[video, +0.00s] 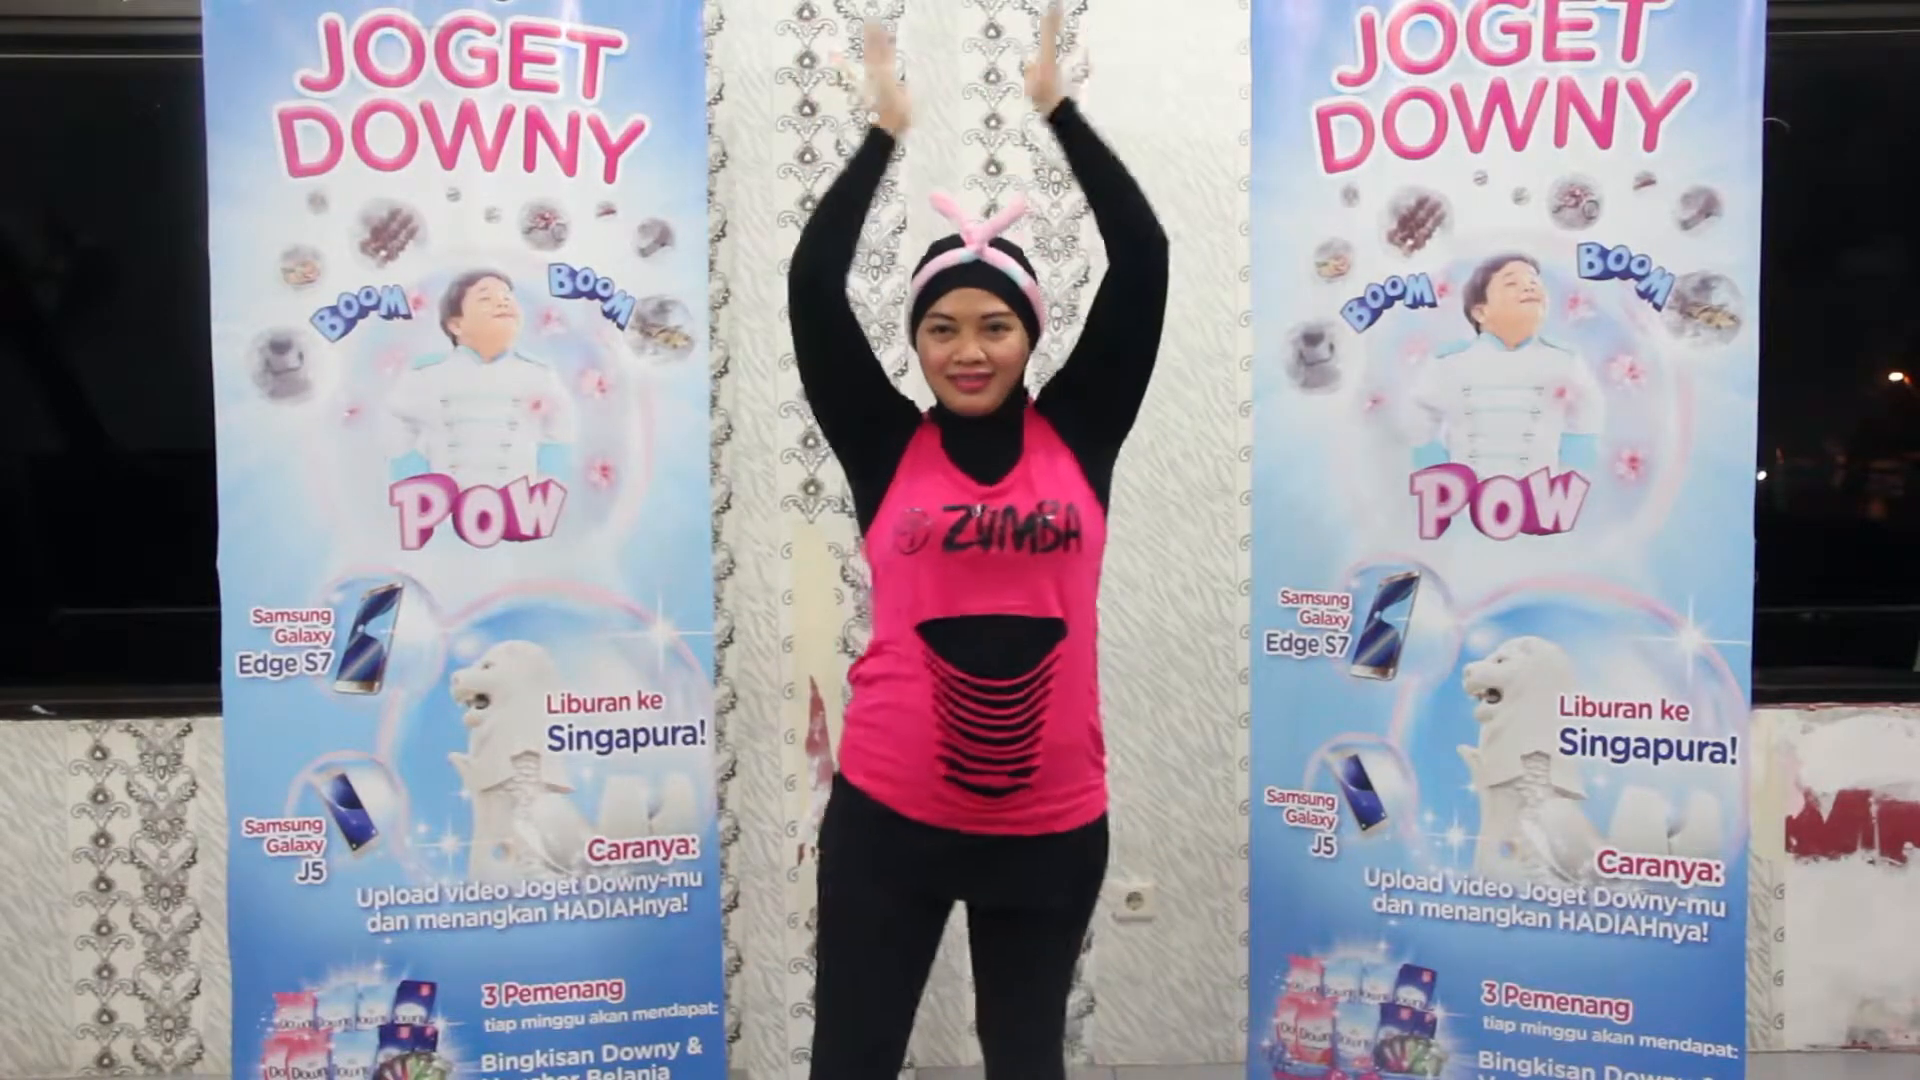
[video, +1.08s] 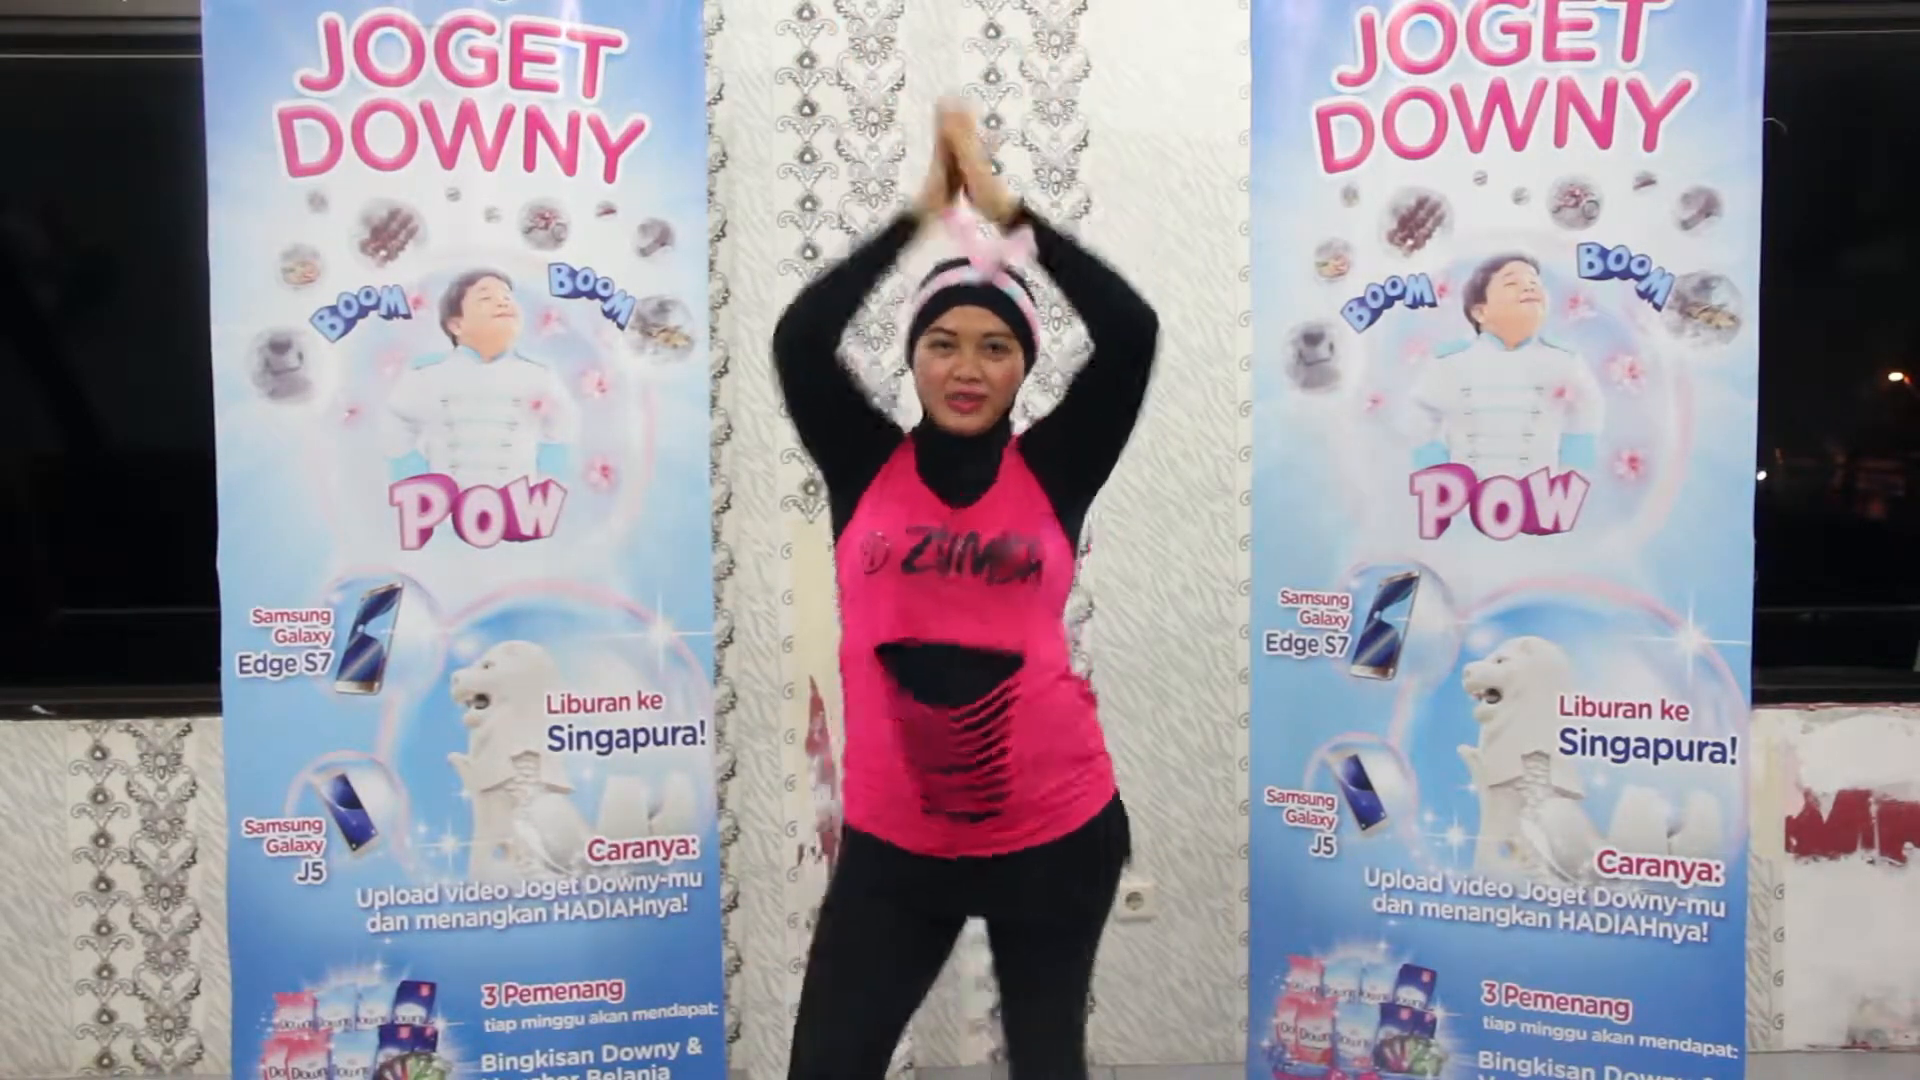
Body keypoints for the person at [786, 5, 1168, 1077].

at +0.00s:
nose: (969, 349)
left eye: (994, 327)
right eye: (945, 329)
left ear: (1031, 339)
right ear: (917, 345)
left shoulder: (1077, 438)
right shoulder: (886, 449)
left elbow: (1142, 253)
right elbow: (813, 292)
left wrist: (1058, 106)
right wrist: (882, 134)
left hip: (1046, 832)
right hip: (891, 825)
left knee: (1027, 1062)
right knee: (852, 1060)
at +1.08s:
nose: (967, 365)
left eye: (993, 347)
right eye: (944, 344)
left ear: (1023, 371)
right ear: (912, 365)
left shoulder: (1054, 472)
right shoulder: (865, 468)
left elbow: (1130, 331)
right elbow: (801, 336)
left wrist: (1014, 216)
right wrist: (917, 214)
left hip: (1052, 839)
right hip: (895, 842)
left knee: (1048, 1060)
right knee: (824, 1064)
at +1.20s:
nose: (966, 360)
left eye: (992, 345)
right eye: (944, 337)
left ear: (1019, 372)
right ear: (908, 356)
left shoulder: (1043, 475)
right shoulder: (850, 470)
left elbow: (1159, 448)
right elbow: (761, 465)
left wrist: (1084, 304)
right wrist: (832, 312)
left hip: (1039, 828)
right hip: (886, 829)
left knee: (1024, 1061)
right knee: (836, 1062)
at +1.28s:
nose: (938, 337)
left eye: (965, 322)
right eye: (919, 312)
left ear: (995, 353)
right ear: (883, 331)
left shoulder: (1034, 456)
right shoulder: (845, 458)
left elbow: (1119, 561)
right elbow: (787, 524)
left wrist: (1096, 412)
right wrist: (846, 380)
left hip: (1018, 824)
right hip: (868, 818)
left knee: (990, 1060)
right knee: (863, 1062)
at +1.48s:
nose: (918, 310)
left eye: (940, 295)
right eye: (895, 299)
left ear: (979, 324)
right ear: (869, 333)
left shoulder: (1028, 441)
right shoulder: (826, 452)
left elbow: (1092, 518)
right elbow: (806, 573)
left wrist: (988, 405)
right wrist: (899, 512)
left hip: (1009, 794)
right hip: (860, 803)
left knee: (1024, 1034)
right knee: (878, 1057)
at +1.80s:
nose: (906, 328)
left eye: (930, 310)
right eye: (884, 314)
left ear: (976, 336)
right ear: (861, 348)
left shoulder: (1032, 453)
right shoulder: (836, 480)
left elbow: (1136, 526)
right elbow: (741, 621)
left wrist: (1012, 425)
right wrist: (738, 523)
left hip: (1024, 809)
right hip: (872, 800)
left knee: (1034, 1059)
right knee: (744, 981)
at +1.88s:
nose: (895, 303)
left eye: (920, 282)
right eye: (872, 285)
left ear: (960, 304)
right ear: (846, 310)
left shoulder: (1014, 410)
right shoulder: (812, 435)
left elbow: (1139, 409)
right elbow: (664, 492)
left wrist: (1053, 287)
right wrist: (690, 359)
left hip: (1011, 780)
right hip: (857, 781)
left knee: (1042, 1042)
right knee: (744, 1022)